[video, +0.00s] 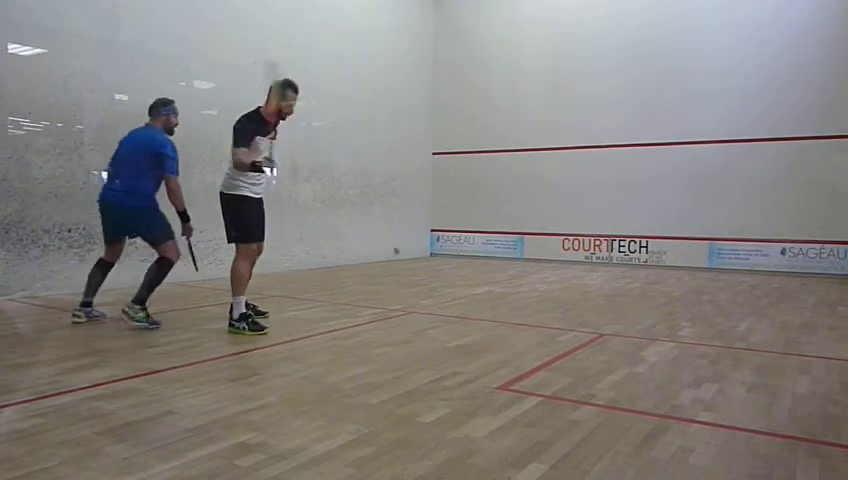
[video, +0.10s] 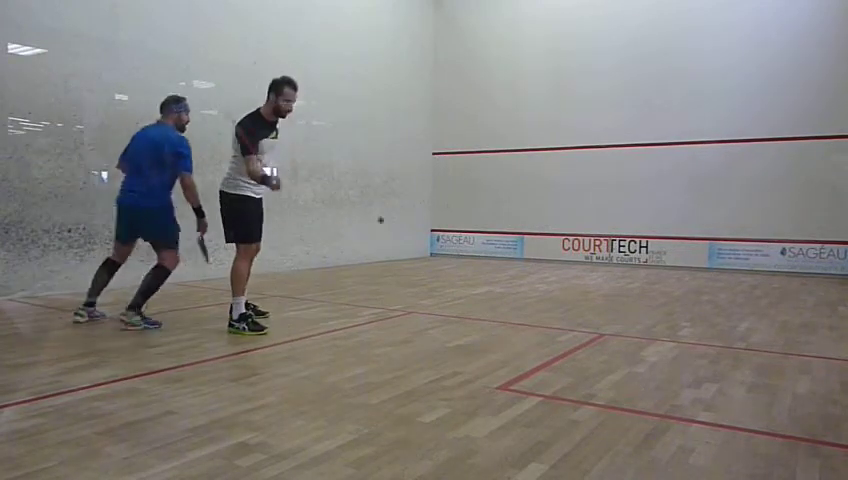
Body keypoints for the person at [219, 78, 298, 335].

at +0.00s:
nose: (292, 111)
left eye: (294, 106)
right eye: (289, 105)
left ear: (284, 103)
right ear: (276, 101)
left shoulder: (273, 123)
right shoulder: (246, 124)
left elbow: (261, 153)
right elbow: (238, 160)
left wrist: (268, 163)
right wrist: (256, 165)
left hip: (253, 192)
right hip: (238, 193)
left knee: (255, 249)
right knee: (246, 251)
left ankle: (240, 304)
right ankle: (237, 314)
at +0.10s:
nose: (291, 107)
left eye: (293, 102)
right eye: (287, 101)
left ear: (283, 101)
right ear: (272, 98)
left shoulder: (272, 124)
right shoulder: (249, 126)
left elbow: (262, 160)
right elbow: (252, 170)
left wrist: (270, 174)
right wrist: (269, 180)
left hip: (252, 192)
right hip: (239, 193)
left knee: (252, 249)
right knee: (245, 251)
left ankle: (241, 304)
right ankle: (236, 314)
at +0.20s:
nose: (287, 105)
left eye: (290, 100)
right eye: (283, 99)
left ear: (290, 98)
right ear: (270, 95)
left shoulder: (271, 122)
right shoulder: (252, 125)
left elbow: (258, 163)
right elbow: (255, 171)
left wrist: (267, 188)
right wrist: (278, 202)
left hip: (253, 193)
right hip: (239, 193)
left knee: (251, 249)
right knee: (246, 251)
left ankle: (242, 303)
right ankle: (237, 315)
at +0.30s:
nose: (287, 101)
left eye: (290, 96)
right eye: (283, 95)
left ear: (290, 96)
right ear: (269, 92)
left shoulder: (272, 121)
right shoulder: (253, 123)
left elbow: (262, 164)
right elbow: (258, 170)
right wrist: (274, 209)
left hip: (255, 192)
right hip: (241, 193)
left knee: (253, 246)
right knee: (247, 249)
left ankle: (244, 300)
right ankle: (236, 315)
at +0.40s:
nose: (289, 97)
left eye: (291, 92)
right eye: (284, 91)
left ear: (292, 93)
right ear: (270, 91)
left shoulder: (273, 119)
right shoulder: (257, 122)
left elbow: (258, 164)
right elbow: (257, 169)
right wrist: (270, 209)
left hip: (254, 192)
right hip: (242, 192)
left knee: (256, 244)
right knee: (248, 248)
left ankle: (246, 297)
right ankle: (237, 315)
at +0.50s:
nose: (292, 95)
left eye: (294, 90)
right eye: (287, 90)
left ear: (292, 91)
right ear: (272, 90)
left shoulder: (275, 118)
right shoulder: (259, 122)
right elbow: (257, 169)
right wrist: (266, 208)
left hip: (254, 191)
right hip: (242, 192)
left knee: (257, 247)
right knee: (246, 251)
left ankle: (256, 298)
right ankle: (237, 315)